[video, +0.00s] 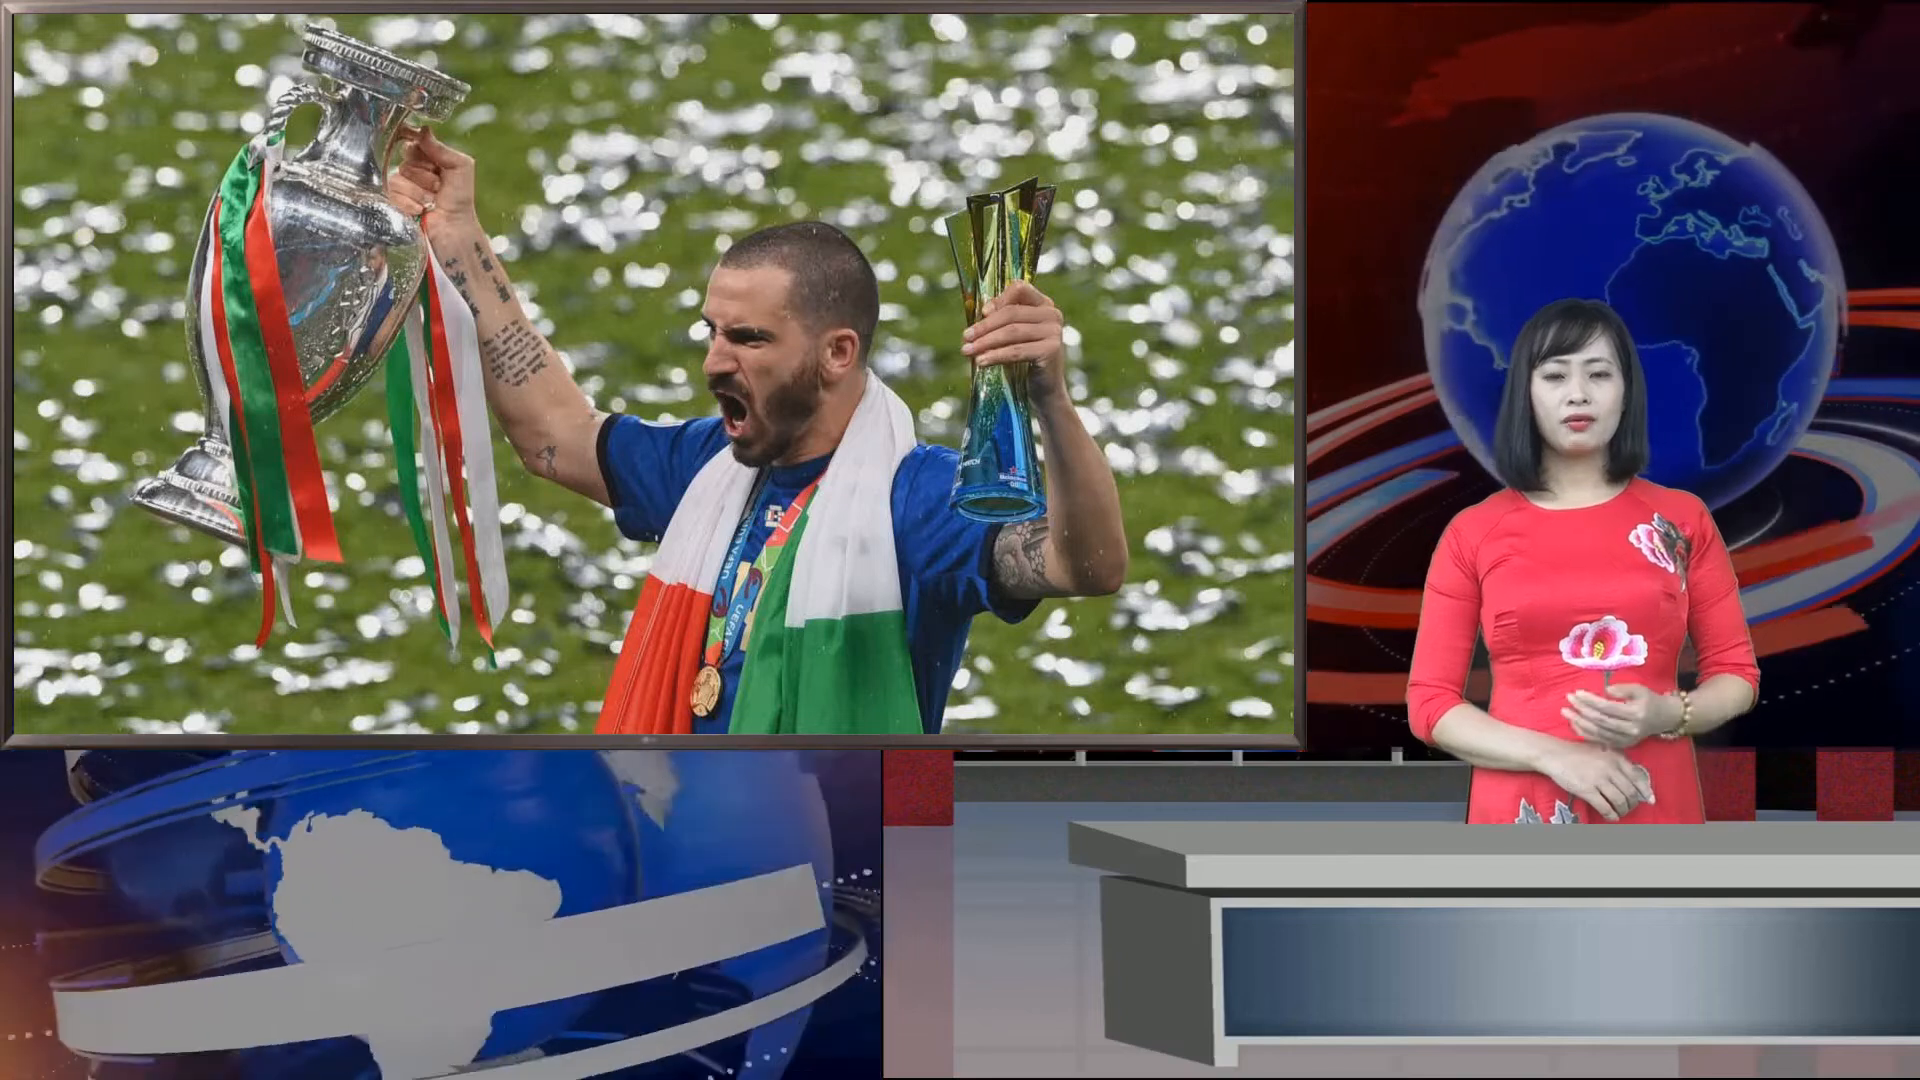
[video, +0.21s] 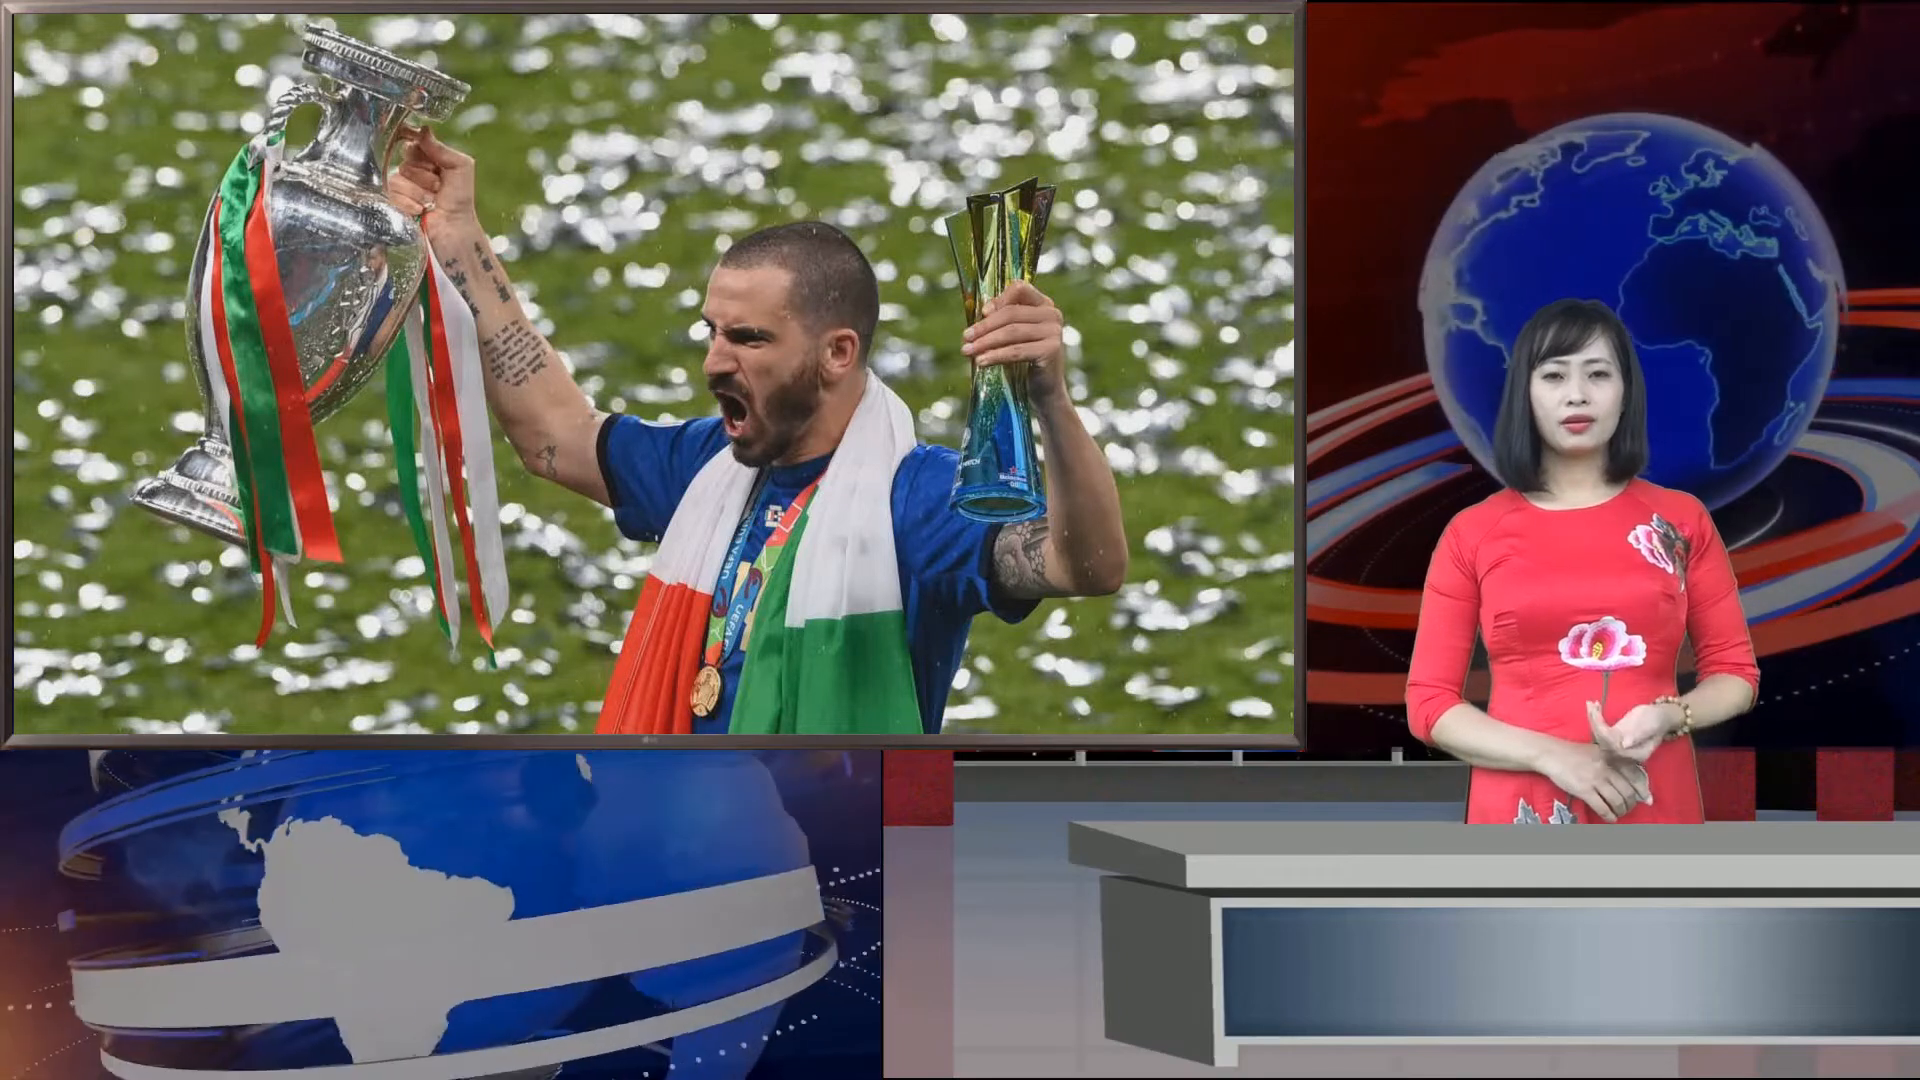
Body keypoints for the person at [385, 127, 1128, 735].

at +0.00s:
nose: (714, 362)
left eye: (747, 339)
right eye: (712, 333)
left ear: (839, 355)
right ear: (705, 327)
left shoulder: (915, 493)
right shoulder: (703, 466)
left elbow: (1090, 563)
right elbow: (557, 438)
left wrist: (1049, 398)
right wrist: (464, 251)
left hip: (830, 898)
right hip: (666, 890)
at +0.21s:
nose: (713, 361)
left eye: (747, 339)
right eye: (711, 333)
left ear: (839, 356)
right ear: (705, 327)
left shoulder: (915, 493)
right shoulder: (703, 465)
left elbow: (1089, 563)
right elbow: (557, 438)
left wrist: (1049, 398)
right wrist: (465, 254)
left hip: (830, 899)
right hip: (667, 891)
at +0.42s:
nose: (713, 361)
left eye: (747, 339)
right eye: (711, 333)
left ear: (839, 356)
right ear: (705, 327)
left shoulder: (915, 493)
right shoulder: (703, 465)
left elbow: (1089, 563)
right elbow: (557, 438)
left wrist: (1049, 398)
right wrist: (465, 253)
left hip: (833, 897)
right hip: (670, 888)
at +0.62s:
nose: (713, 361)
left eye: (747, 339)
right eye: (711, 333)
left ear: (839, 356)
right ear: (705, 327)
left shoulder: (915, 493)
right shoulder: (703, 465)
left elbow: (1090, 563)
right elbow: (557, 438)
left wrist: (1049, 398)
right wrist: (465, 253)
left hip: (832, 893)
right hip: (671, 884)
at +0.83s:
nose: (713, 362)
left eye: (747, 339)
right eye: (711, 333)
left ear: (839, 355)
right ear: (705, 327)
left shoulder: (915, 493)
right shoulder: (703, 466)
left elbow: (1090, 563)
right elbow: (557, 438)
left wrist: (1049, 399)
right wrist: (464, 252)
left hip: (832, 893)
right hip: (673, 883)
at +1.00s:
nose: (713, 362)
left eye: (747, 339)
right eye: (711, 333)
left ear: (839, 355)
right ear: (705, 327)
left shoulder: (915, 493)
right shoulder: (703, 466)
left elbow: (1090, 563)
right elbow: (557, 438)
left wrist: (1049, 398)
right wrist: (464, 252)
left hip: (833, 890)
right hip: (674, 881)